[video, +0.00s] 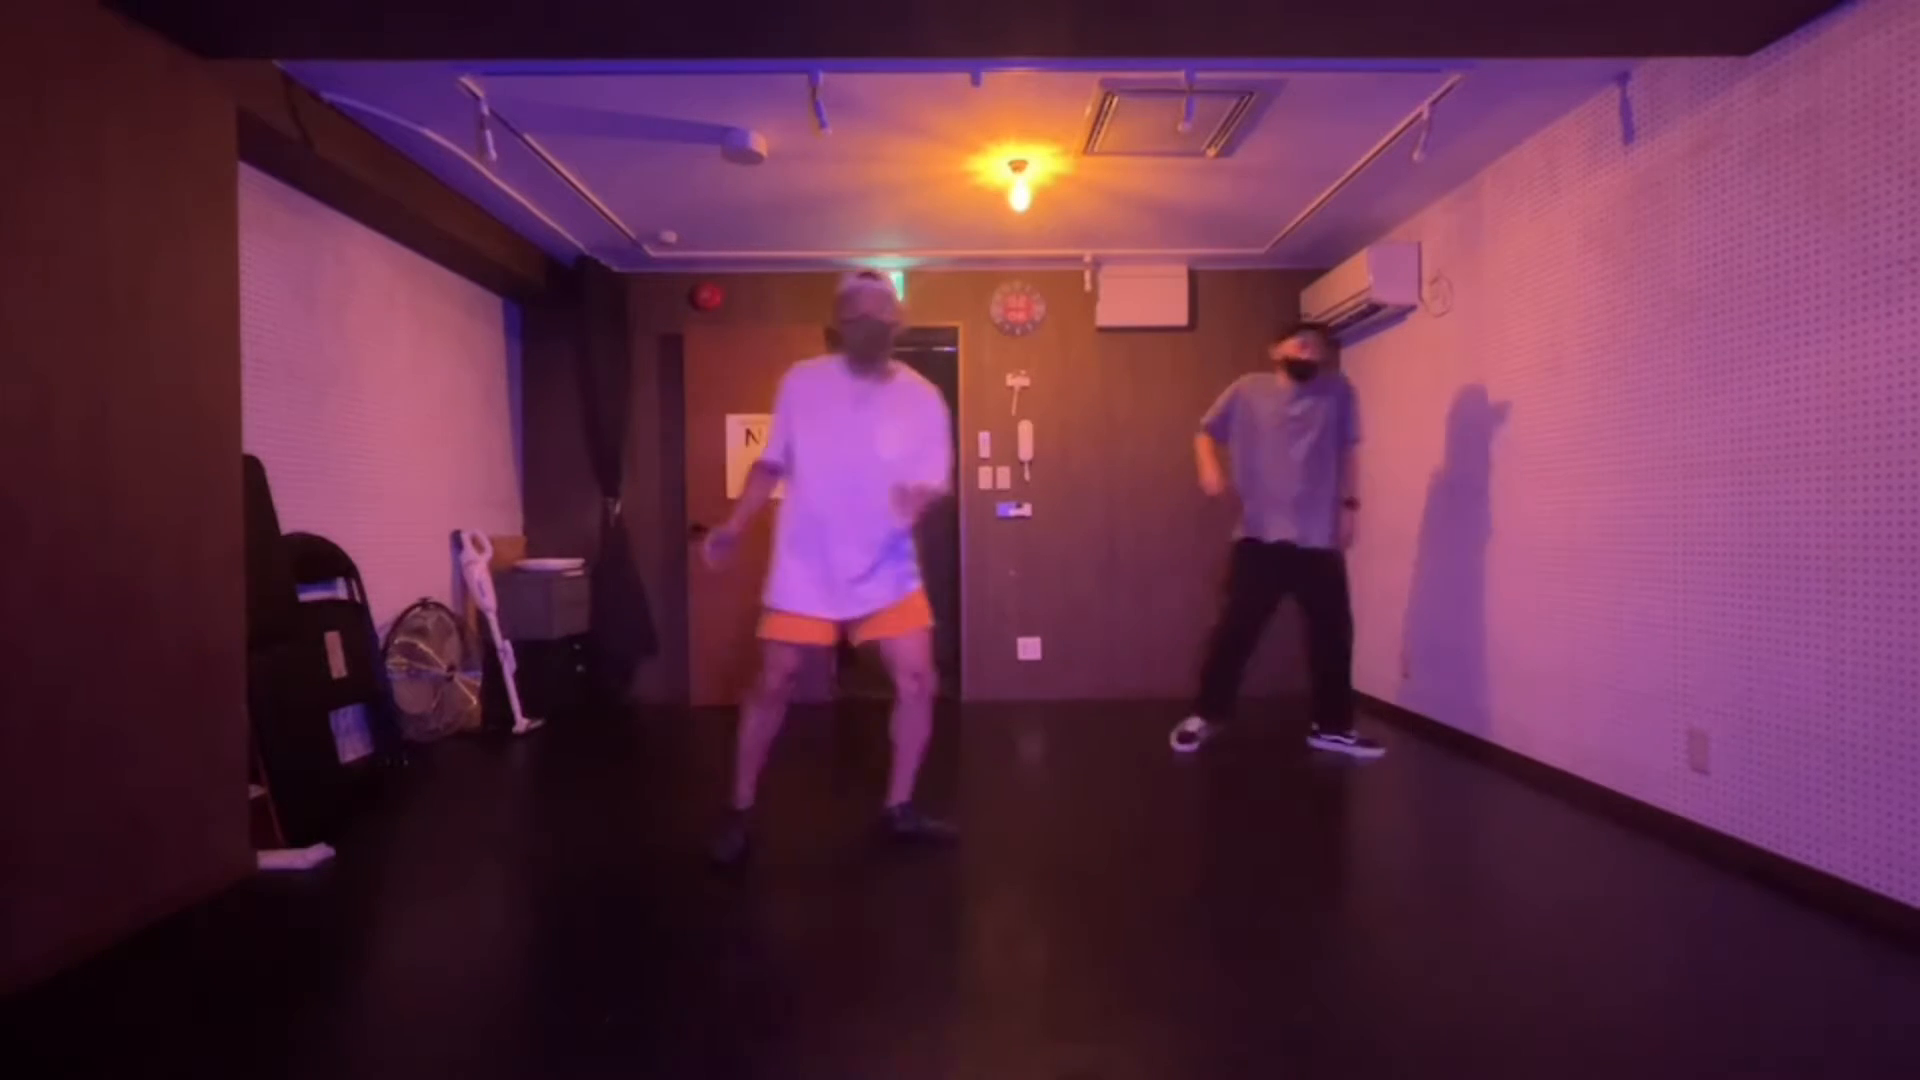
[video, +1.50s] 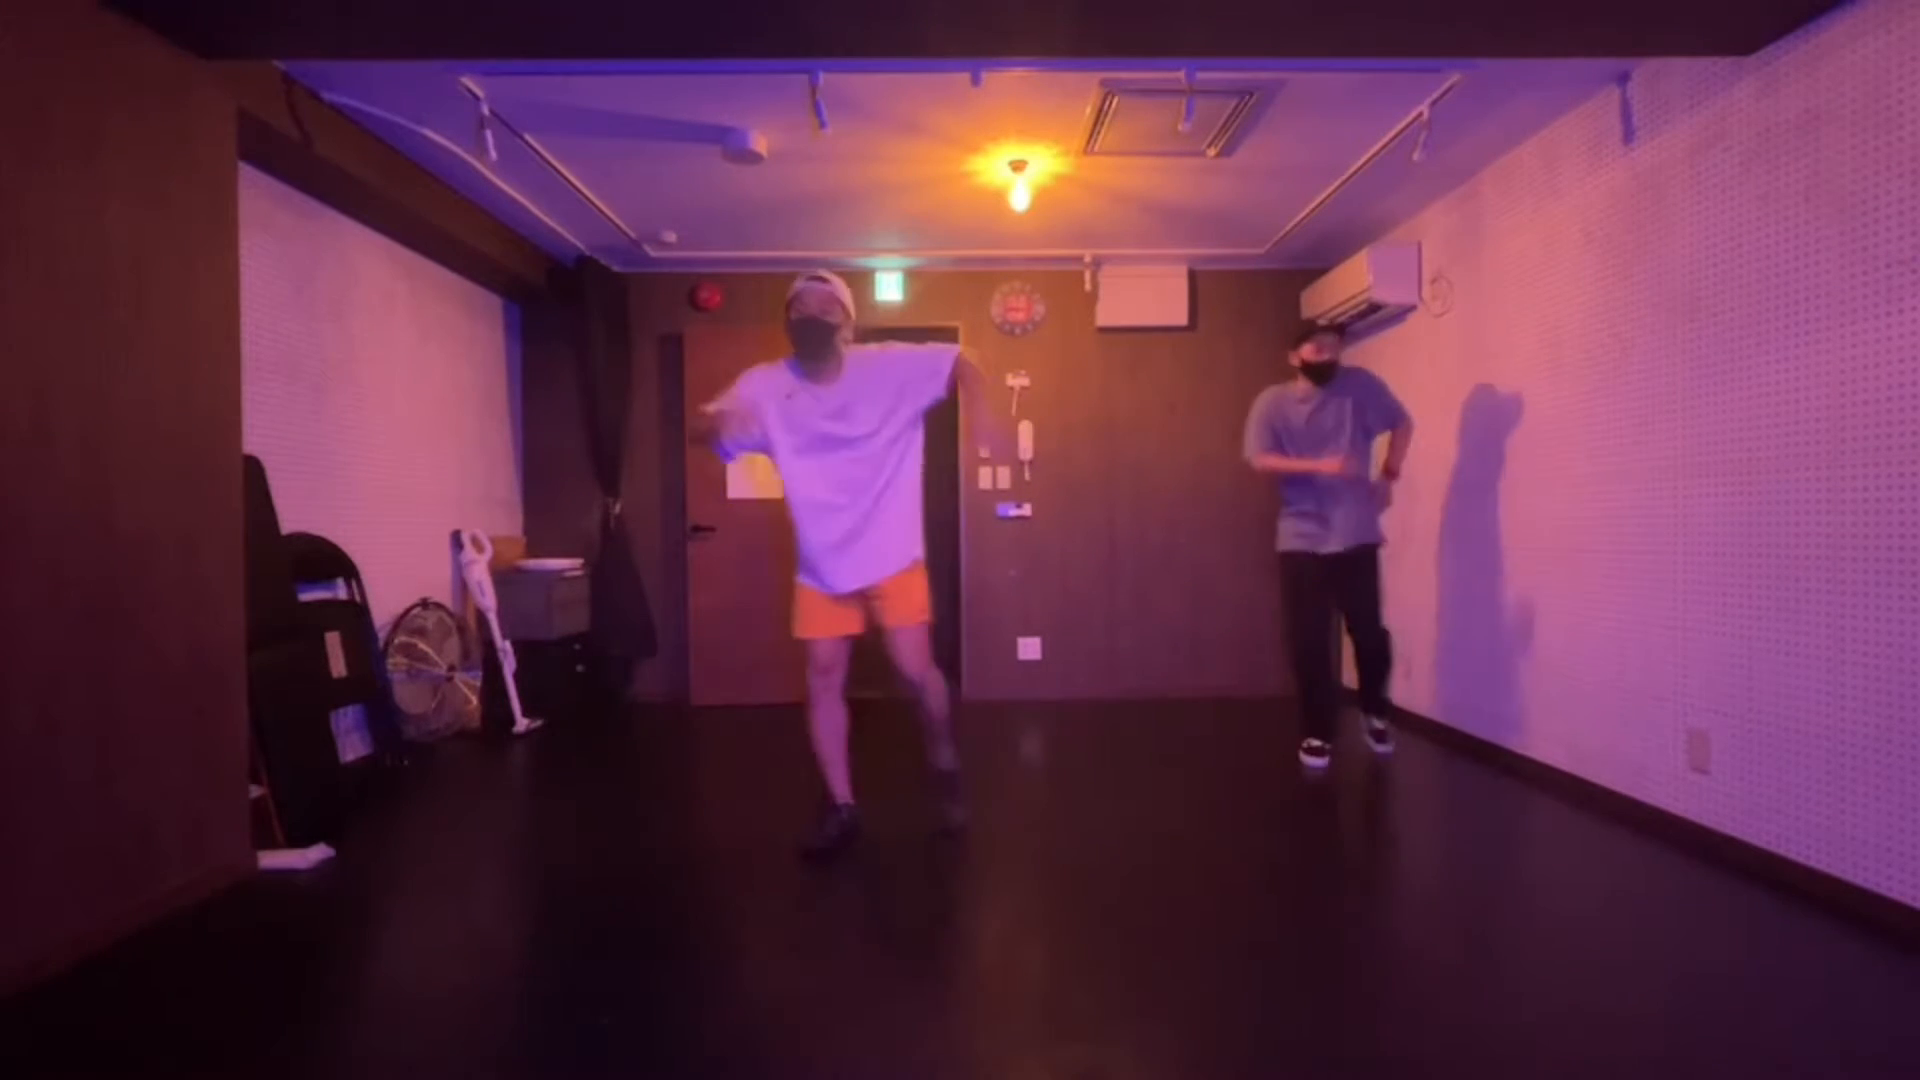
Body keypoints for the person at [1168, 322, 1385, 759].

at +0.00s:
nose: (1302, 364)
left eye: (1312, 358)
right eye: (1296, 354)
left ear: (1325, 362)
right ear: (1278, 354)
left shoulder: (1336, 395)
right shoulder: (1249, 390)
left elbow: (1347, 452)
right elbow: (1206, 431)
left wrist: (1348, 506)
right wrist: (1210, 472)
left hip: (1318, 543)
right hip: (1261, 541)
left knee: (1333, 639)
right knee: (1234, 632)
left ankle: (1331, 727)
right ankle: (1205, 716)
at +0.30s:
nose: (1374, 391)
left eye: (1384, 385)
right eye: (1368, 381)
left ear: (1391, 395)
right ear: (1349, 384)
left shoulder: (1393, 451)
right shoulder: (1311, 430)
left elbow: (1405, 513)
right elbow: (1261, 474)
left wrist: (1378, 549)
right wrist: (1283, 523)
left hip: (1354, 572)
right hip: (1303, 565)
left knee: (1363, 648)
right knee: (1296, 638)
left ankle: (1368, 726)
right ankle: (1294, 710)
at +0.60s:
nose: (1395, 382)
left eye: (1404, 377)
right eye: (1386, 374)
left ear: (1410, 388)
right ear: (1367, 381)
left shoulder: (1403, 444)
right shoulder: (1344, 423)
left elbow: (1398, 511)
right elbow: (1316, 487)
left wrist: (1393, 463)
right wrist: (1330, 547)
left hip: (1376, 564)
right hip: (1329, 560)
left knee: (1396, 644)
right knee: (1332, 641)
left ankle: (1376, 725)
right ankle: (1334, 704)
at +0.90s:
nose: (1384, 373)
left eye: (1390, 365)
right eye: (1375, 365)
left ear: (1398, 367)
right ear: (1355, 368)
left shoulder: (1412, 402)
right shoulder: (1333, 412)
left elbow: (1452, 440)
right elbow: (1313, 474)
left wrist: (1430, 447)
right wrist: (1371, 511)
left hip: (1389, 549)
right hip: (1339, 548)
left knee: (1394, 645)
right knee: (1346, 640)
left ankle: (1381, 726)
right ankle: (1332, 681)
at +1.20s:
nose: (1333, 385)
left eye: (1338, 376)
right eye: (1322, 378)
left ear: (1347, 378)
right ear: (1302, 387)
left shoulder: (1376, 415)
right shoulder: (1294, 448)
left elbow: (1413, 469)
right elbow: (1296, 510)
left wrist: (1442, 520)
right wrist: (1347, 502)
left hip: (1397, 551)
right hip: (1343, 554)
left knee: (1402, 646)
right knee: (1339, 637)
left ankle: (1384, 726)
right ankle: (1324, 729)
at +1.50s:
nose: (1325, 360)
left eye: (1330, 352)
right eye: (1315, 352)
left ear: (1339, 353)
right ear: (1295, 356)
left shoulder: (1359, 386)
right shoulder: (1272, 401)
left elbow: (1400, 423)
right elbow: (1258, 458)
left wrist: (1389, 469)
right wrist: (1319, 466)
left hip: (1355, 539)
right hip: (1301, 543)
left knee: (1367, 633)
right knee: (1308, 642)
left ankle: (1374, 709)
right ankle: (1316, 731)